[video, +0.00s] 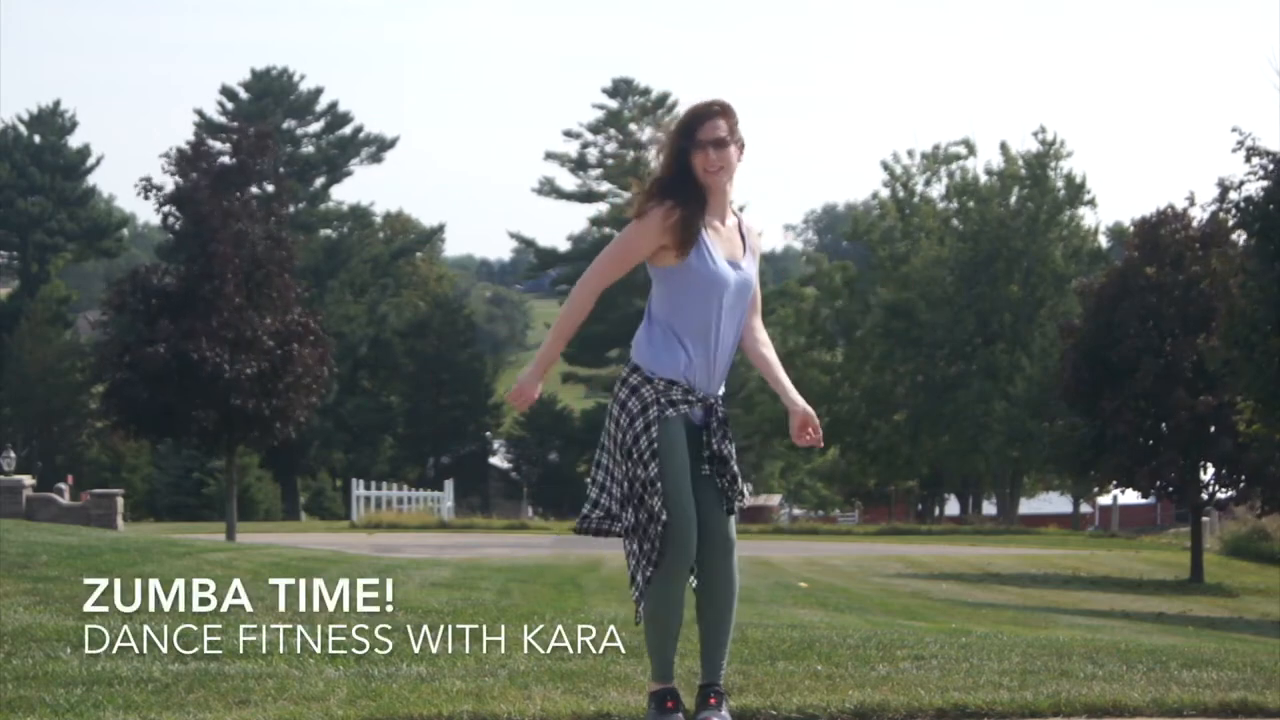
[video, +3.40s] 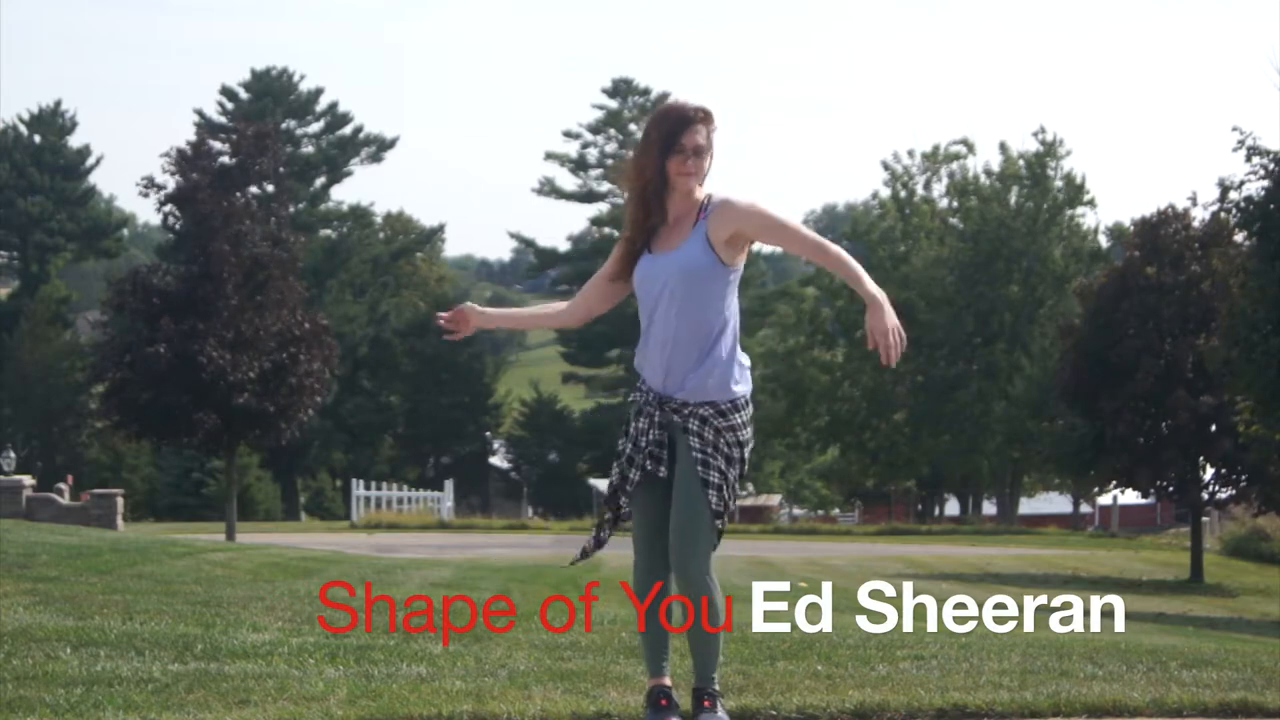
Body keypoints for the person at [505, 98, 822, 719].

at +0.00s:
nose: (716, 153)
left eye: (725, 142)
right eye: (704, 145)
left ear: (739, 150)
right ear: (686, 155)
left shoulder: (744, 231)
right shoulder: (665, 219)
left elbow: (752, 330)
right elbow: (589, 285)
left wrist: (793, 400)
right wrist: (539, 368)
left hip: (706, 406)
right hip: (657, 395)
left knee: (720, 545)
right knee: (678, 542)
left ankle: (713, 694)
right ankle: (663, 692)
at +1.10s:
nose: (693, 151)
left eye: (703, 143)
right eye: (683, 140)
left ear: (712, 155)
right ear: (657, 149)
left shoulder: (724, 217)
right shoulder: (646, 234)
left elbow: (809, 279)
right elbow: (629, 328)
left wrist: (851, 366)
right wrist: (592, 402)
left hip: (724, 407)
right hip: (667, 408)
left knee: (701, 555)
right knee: (656, 552)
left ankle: (708, 695)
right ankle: (660, 685)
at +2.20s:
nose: (707, 152)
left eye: (716, 143)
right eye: (696, 143)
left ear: (728, 152)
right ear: (675, 153)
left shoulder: (719, 228)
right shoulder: (662, 214)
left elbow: (732, 330)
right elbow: (613, 300)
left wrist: (778, 401)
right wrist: (621, 398)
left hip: (719, 409)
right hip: (668, 406)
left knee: (717, 555)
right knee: (686, 556)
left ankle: (713, 693)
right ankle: (666, 694)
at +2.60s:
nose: (714, 148)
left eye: (723, 138)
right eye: (702, 142)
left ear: (743, 147)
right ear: (688, 156)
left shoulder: (756, 233)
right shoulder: (669, 217)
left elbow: (744, 330)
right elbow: (591, 280)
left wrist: (725, 407)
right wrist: (534, 358)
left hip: (705, 404)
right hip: (644, 392)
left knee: (713, 543)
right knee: (652, 538)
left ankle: (712, 690)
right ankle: (661, 688)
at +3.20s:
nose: (693, 159)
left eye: (702, 150)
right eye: (682, 150)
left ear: (716, 159)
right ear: (660, 159)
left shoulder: (738, 222)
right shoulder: (650, 238)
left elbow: (805, 298)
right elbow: (573, 302)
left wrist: (775, 388)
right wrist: (480, 295)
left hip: (703, 414)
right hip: (640, 406)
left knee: (687, 562)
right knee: (647, 558)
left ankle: (707, 693)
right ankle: (658, 685)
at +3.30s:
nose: (694, 162)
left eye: (703, 153)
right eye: (682, 152)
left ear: (713, 159)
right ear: (660, 159)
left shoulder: (730, 218)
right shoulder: (647, 241)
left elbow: (819, 268)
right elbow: (575, 310)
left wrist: (826, 354)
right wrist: (485, 301)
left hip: (707, 411)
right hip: (647, 406)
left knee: (685, 561)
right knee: (646, 555)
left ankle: (705, 695)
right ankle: (658, 685)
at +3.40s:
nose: (696, 161)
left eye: (704, 151)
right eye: (684, 151)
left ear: (713, 157)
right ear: (657, 157)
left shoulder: (728, 217)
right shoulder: (642, 240)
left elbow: (821, 250)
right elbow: (574, 311)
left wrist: (877, 299)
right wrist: (482, 317)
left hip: (713, 412)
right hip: (651, 408)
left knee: (691, 561)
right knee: (649, 560)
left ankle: (707, 695)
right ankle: (660, 688)